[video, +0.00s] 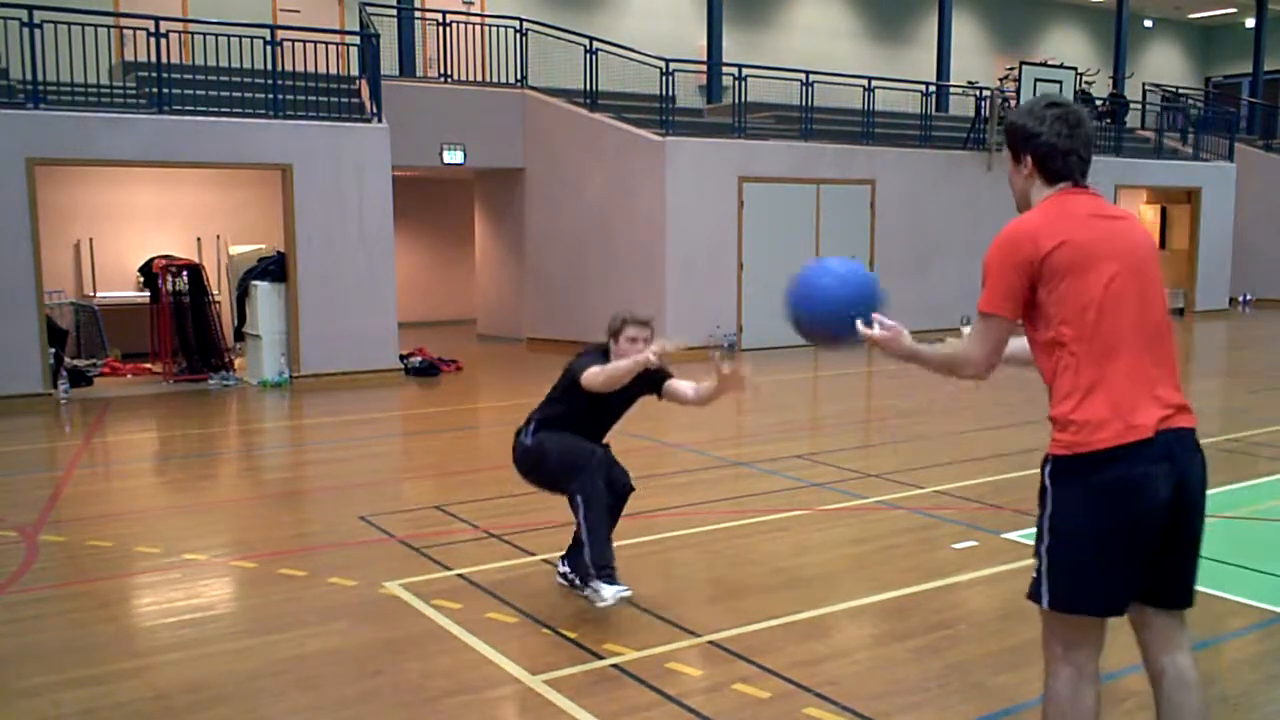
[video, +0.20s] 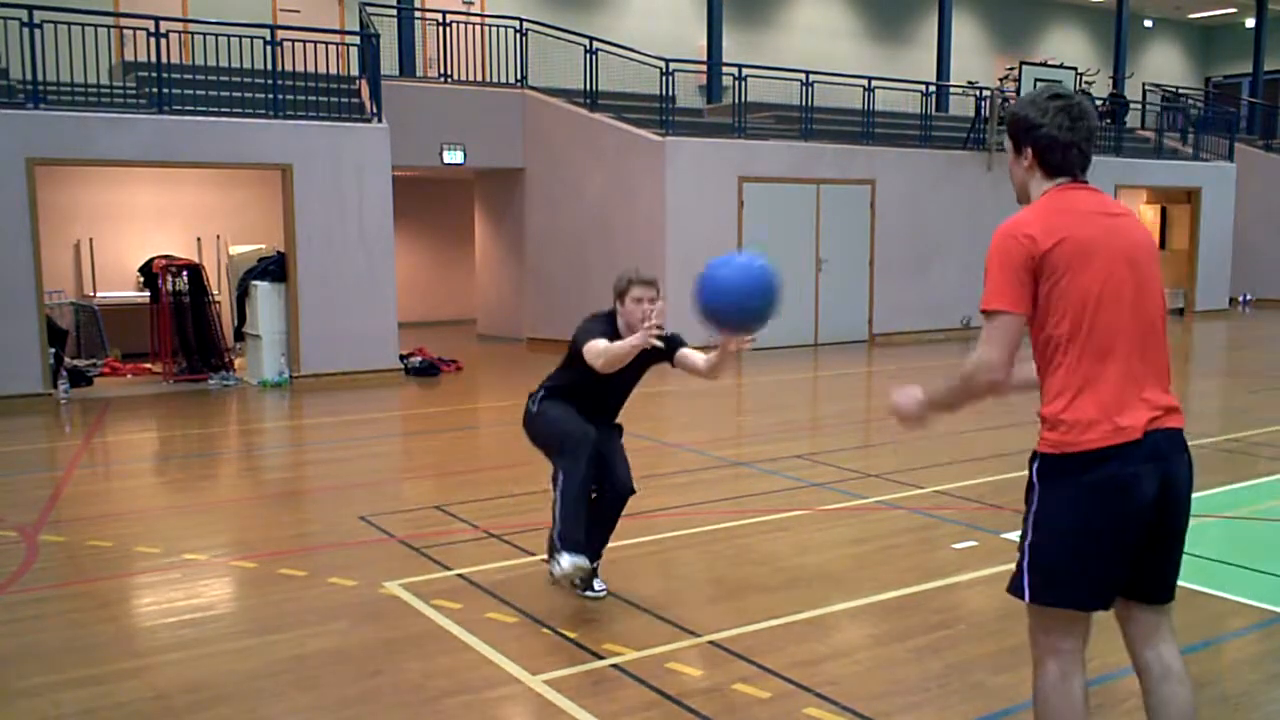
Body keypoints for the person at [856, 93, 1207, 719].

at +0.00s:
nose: (1008, 175)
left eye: (1008, 161)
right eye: (1009, 162)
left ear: (1025, 163)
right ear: (1081, 160)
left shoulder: (1025, 236)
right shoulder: (1133, 226)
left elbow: (974, 361)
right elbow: (1083, 349)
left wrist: (906, 349)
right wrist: (989, 344)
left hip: (1093, 468)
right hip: (1176, 459)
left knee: (1072, 658)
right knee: (1167, 638)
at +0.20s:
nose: (1008, 164)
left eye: (1010, 151)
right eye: (1009, 151)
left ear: (1026, 155)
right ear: (1081, 152)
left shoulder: (1025, 231)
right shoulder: (1131, 223)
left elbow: (989, 367)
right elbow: (1094, 354)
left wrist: (930, 401)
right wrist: (998, 378)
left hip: (1081, 469)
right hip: (1163, 461)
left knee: (1059, 653)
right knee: (1151, 632)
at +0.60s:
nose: (1044, 161)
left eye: (1046, 148)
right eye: (1045, 148)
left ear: (1066, 153)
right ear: (1122, 152)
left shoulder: (1066, 228)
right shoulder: (1172, 224)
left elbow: (1069, 362)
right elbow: (1186, 352)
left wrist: (1032, 477)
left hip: (1103, 478)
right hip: (1186, 470)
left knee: (1071, 650)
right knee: (1169, 631)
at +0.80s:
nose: (1082, 164)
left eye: (1082, 150)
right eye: (1081, 151)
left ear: (1102, 152)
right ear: (1159, 151)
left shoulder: (1101, 229)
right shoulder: (1216, 235)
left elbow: (1089, 367)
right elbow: (1230, 370)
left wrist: (1027, 422)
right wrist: (1150, 394)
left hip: (1133, 482)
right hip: (1218, 476)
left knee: (1088, 653)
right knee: (1198, 644)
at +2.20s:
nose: (1149, 174)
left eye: (1149, 157)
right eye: (1148, 159)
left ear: (1172, 152)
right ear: (1227, 146)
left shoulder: (1174, 225)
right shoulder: (1272, 211)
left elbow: (1186, 361)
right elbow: (1259, 346)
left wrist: (1128, 423)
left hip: (1211, 476)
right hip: (1273, 469)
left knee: (1199, 663)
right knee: (1241, 643)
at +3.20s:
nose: (1122, 207)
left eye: (1122, 192)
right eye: (1120, 193)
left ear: (1145, 188)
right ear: (1188, 180)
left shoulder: (1160, 251)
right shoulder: (1260, 231)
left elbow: (1190, 375)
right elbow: (1256, 348)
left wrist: (1160, 466)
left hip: (1232, 465)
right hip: (1275, 457)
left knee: (1196, 646)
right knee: (1276, 628)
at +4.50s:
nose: (1136, 156)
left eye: (1138, 143)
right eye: (1136, 143)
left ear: (1160, 149)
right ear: (1212, 150)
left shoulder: (1159, 226)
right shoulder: (1262, 224)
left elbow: (1162, 359)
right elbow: (1266, 338)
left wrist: (1124, 470)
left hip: (1189, 463)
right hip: (1264, 457)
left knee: (1158, 636)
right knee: (1246, 615)